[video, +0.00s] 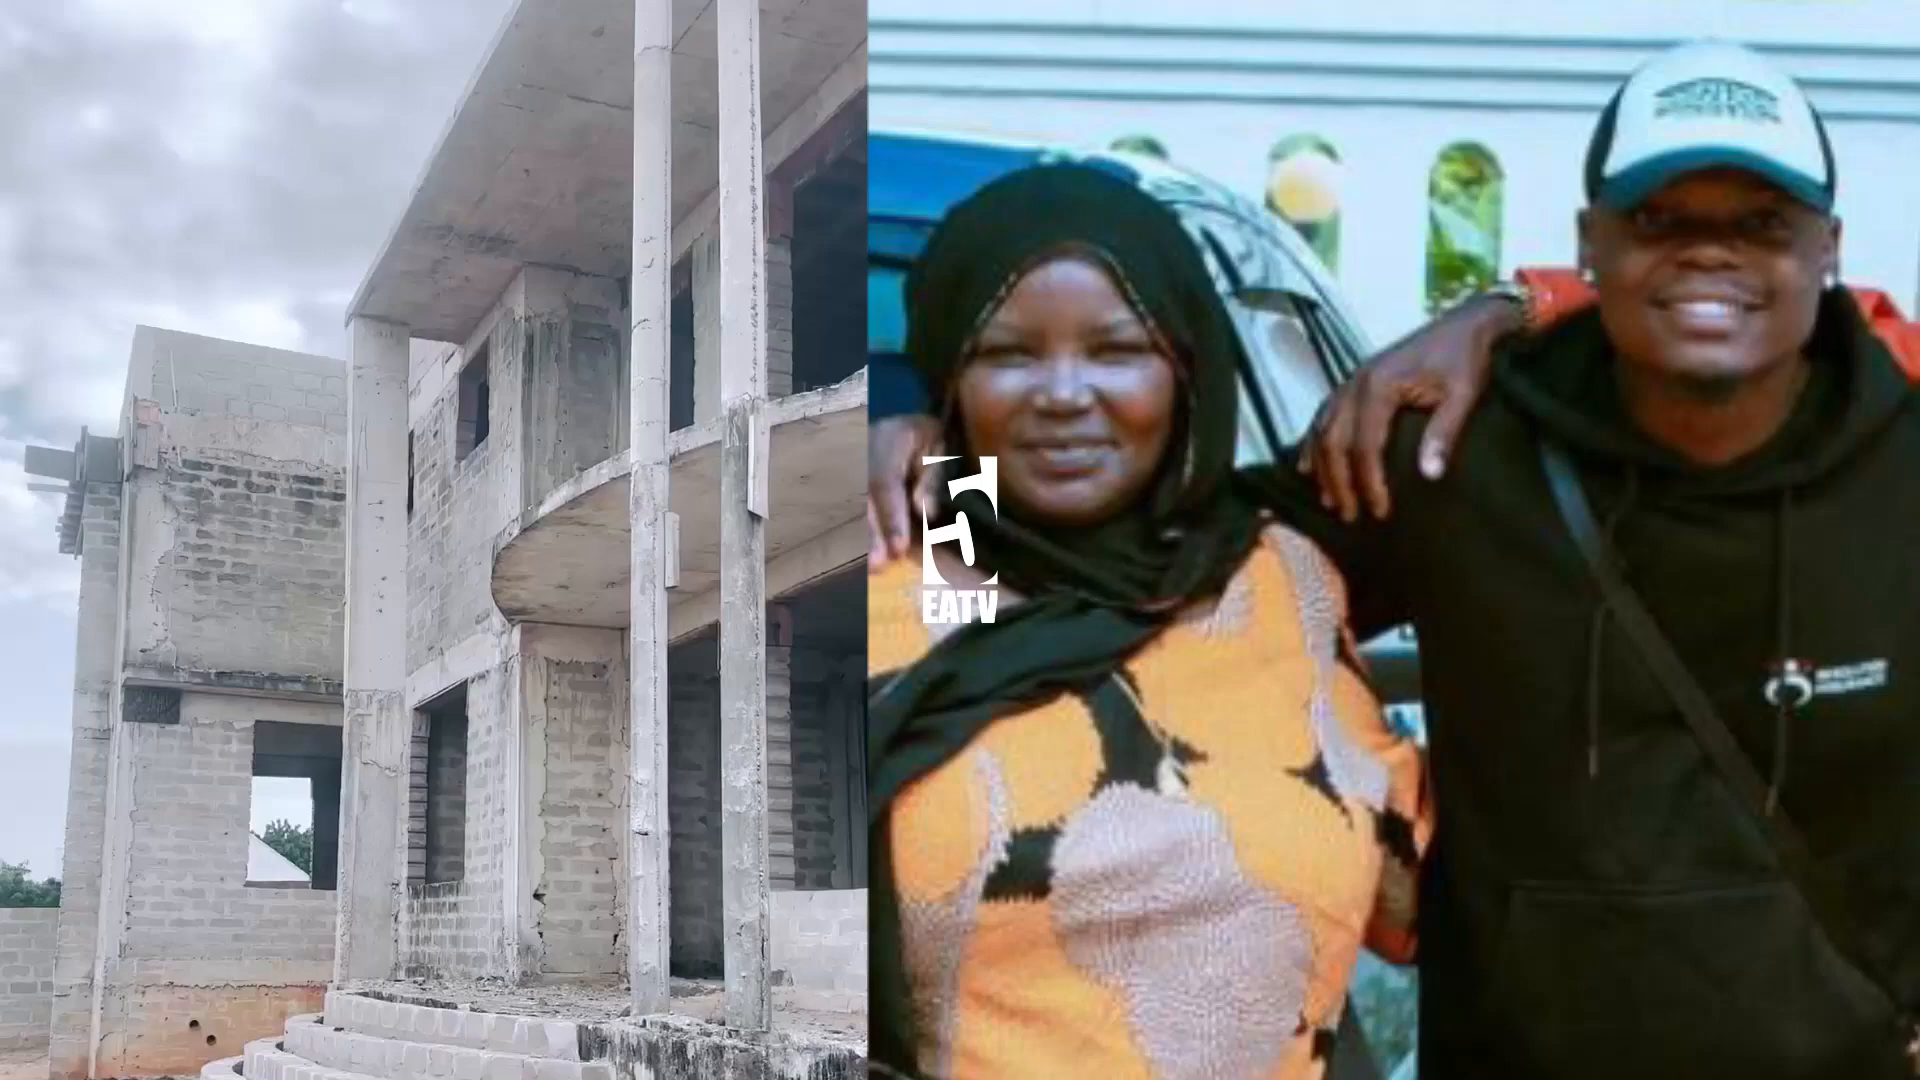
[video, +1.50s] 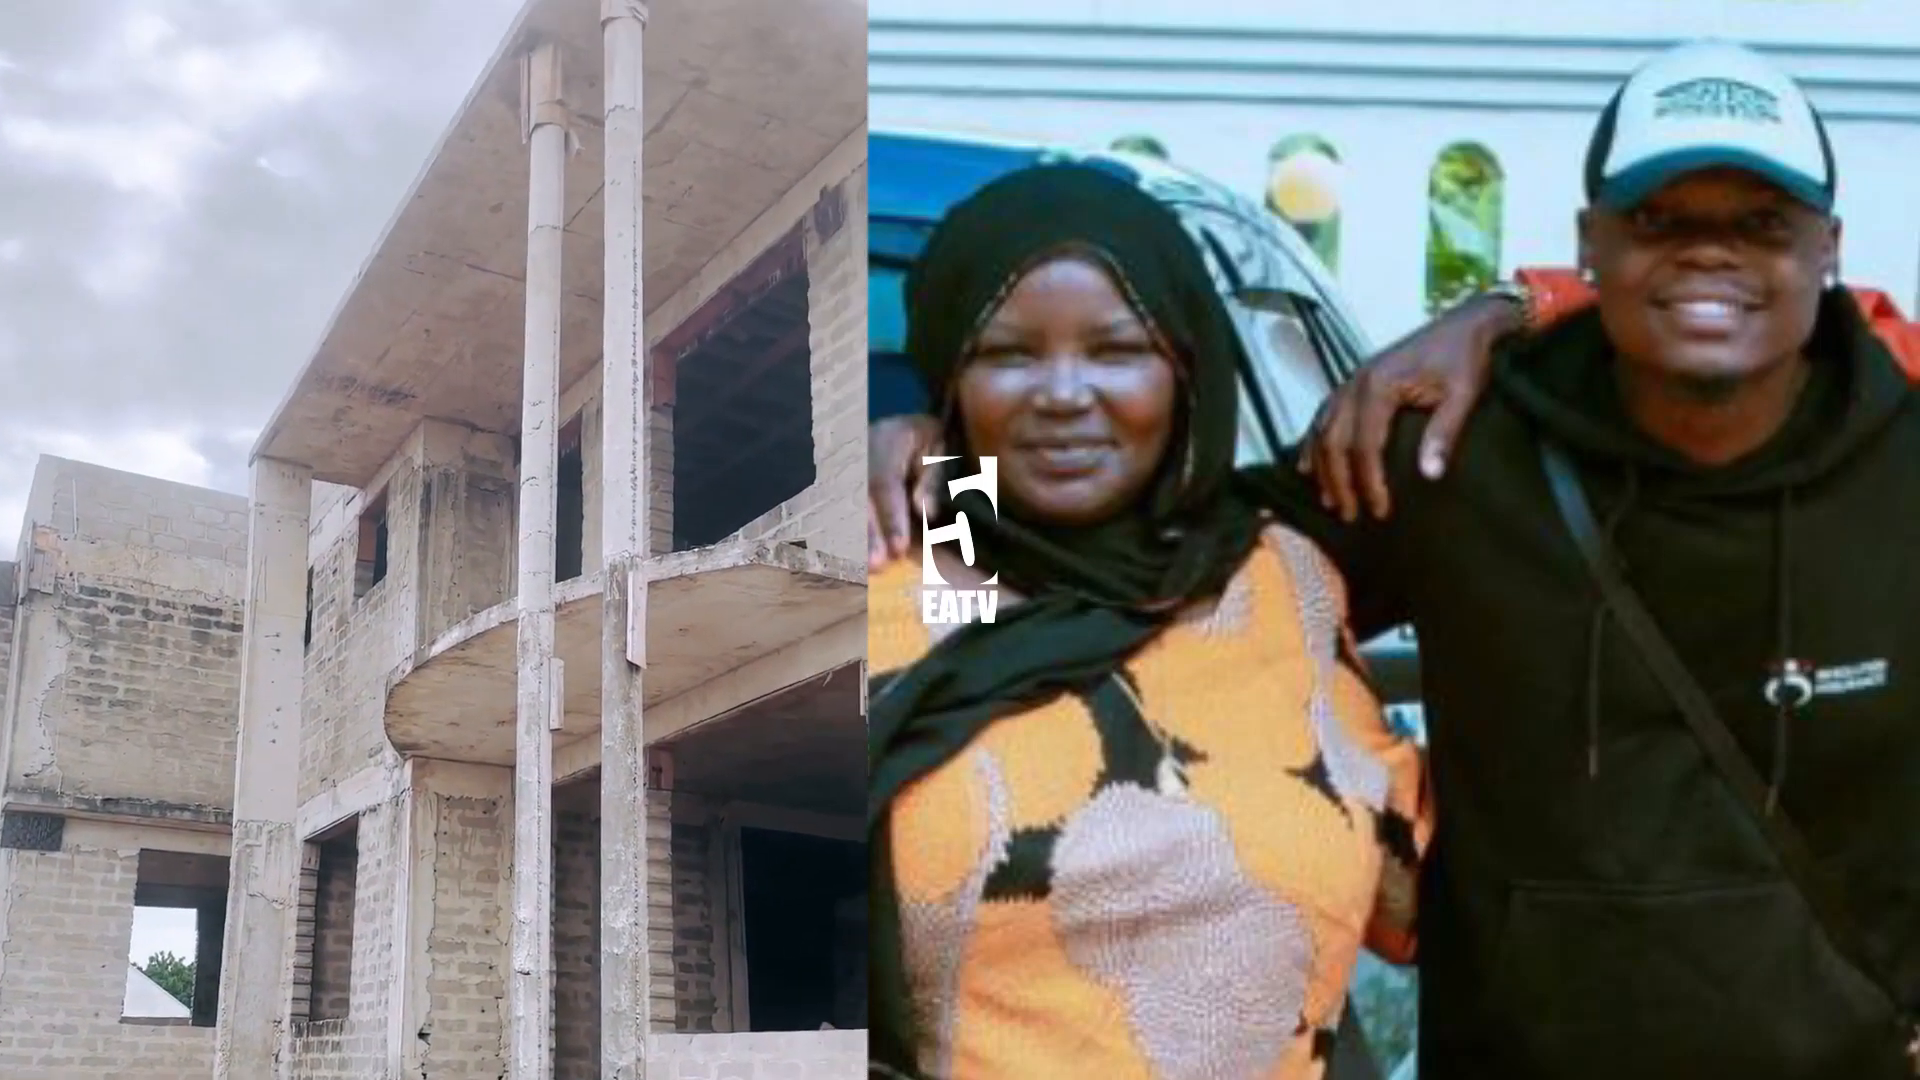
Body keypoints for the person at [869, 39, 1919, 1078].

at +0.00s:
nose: (1706, 252)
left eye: (1757, 220)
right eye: (1664, 216)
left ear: (1826, 251)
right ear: (1595, 242)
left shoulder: (1899, 446)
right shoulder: (1464, 449)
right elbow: (1176, 557)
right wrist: (960, 465)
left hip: (1848, 1037)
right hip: (1535, 1045)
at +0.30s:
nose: (1706, 251)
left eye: (1757, 219)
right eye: (1664, 215)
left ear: (1826, 250)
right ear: (1595, 242)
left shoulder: (1899, 446)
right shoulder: (1463, 447)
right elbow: (1177, 558)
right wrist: (960, 462)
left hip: (1847, 1039)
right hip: (1534, 1046)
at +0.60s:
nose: (1707, 251)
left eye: (1756, 219)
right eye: (1664, 215)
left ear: (1826, 250)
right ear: (1595, 242)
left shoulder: (1899, 444)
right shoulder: (1463, 447)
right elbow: (1177, 558)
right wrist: (961, 463)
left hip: (1848, 1039)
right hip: (1534, 1046)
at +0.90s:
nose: (1707, 252)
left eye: (1757, 219)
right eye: (1664, 215)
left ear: (1825, 250)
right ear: (1594, 242)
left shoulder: (1899, 444)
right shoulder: (1463, 447)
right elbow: (1179, 560)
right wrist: (964, 465)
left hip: (1848, 1039)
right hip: (1534, 1046)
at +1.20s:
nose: (1707, 252)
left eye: (1757, 219)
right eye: (1665, 215)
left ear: (1825, 250)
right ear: (1595, 242)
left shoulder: (1899, 444)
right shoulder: (1463, 447)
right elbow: (1178, 558)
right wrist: (964, 465)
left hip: (1848, 1038)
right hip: (1535, 1045)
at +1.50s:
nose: (1707, 252)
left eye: (1757, 219)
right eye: (1664, 215)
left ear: (1825, 250)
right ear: (1595, 242)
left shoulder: (1899, 445)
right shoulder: (1463, 447)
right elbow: (1178, 557)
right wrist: (964, 466)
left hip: (1848, 1038)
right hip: (1535, 1044)